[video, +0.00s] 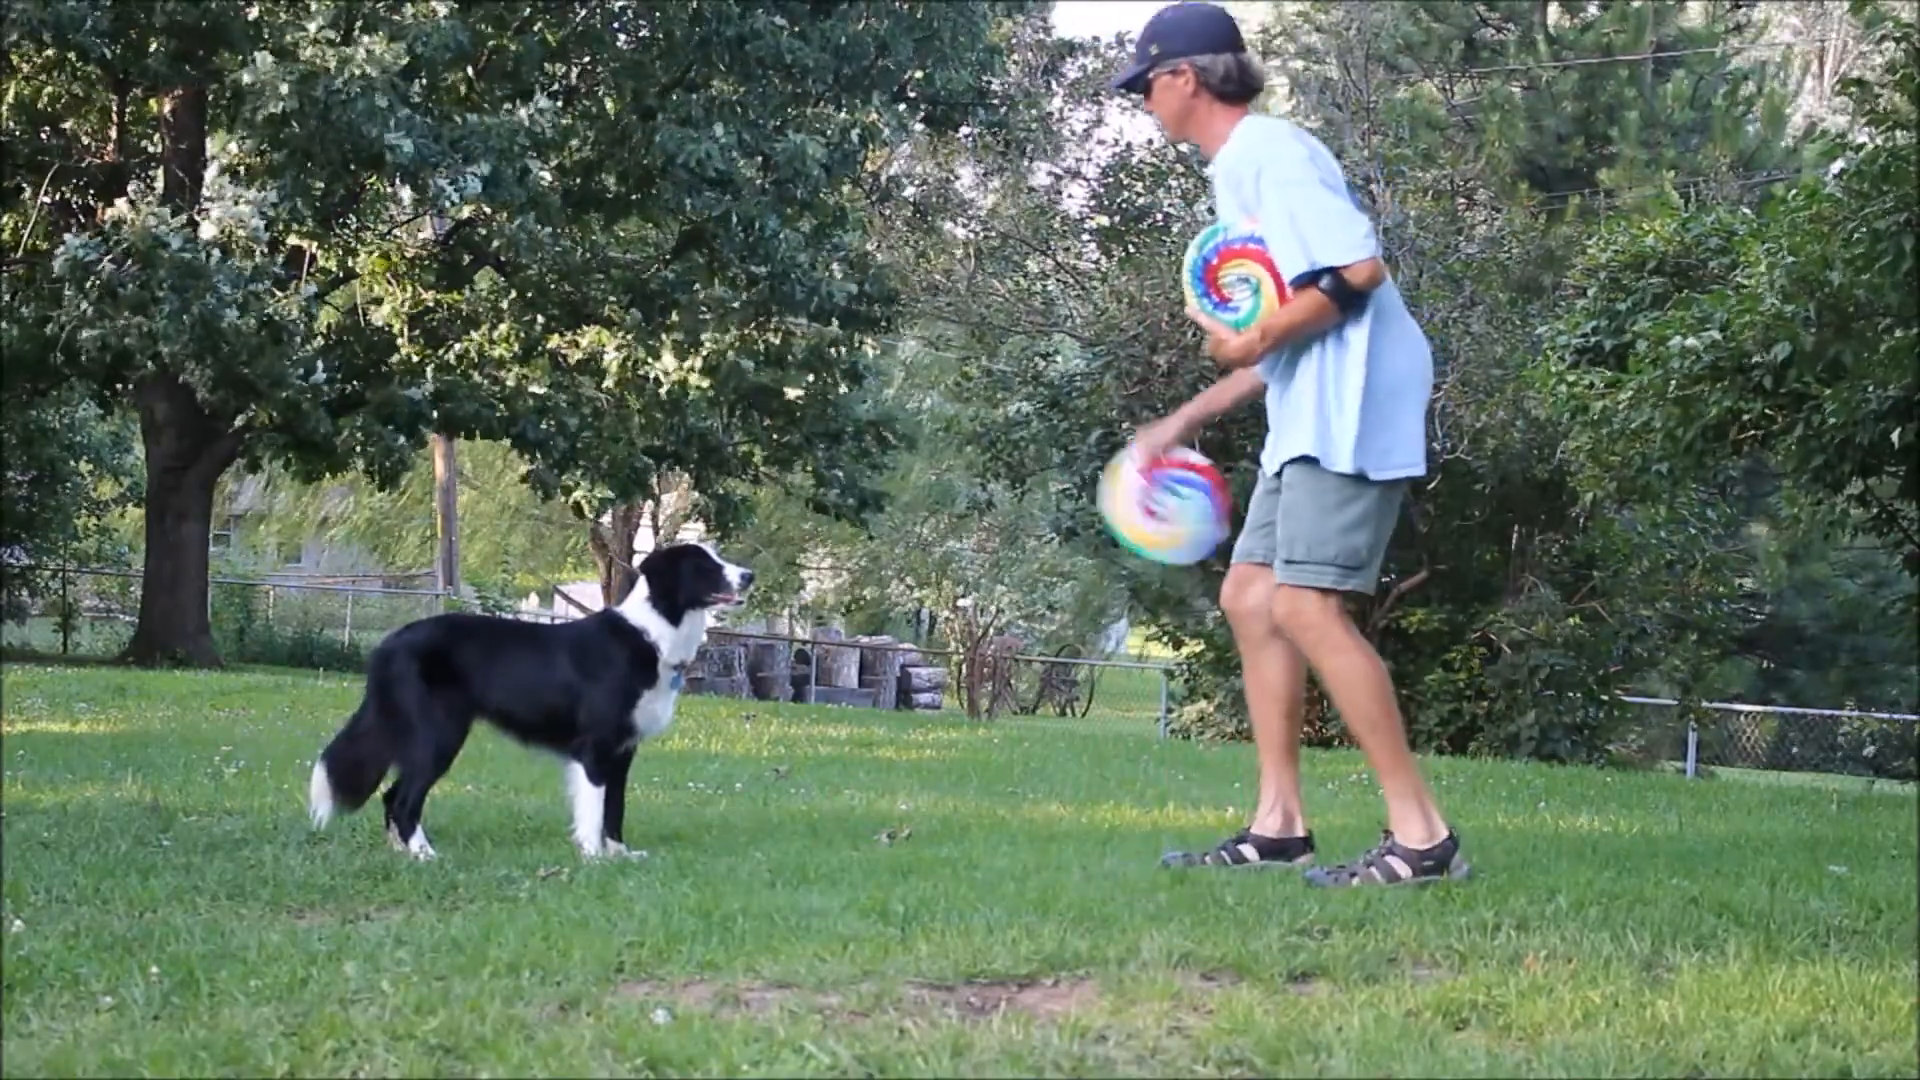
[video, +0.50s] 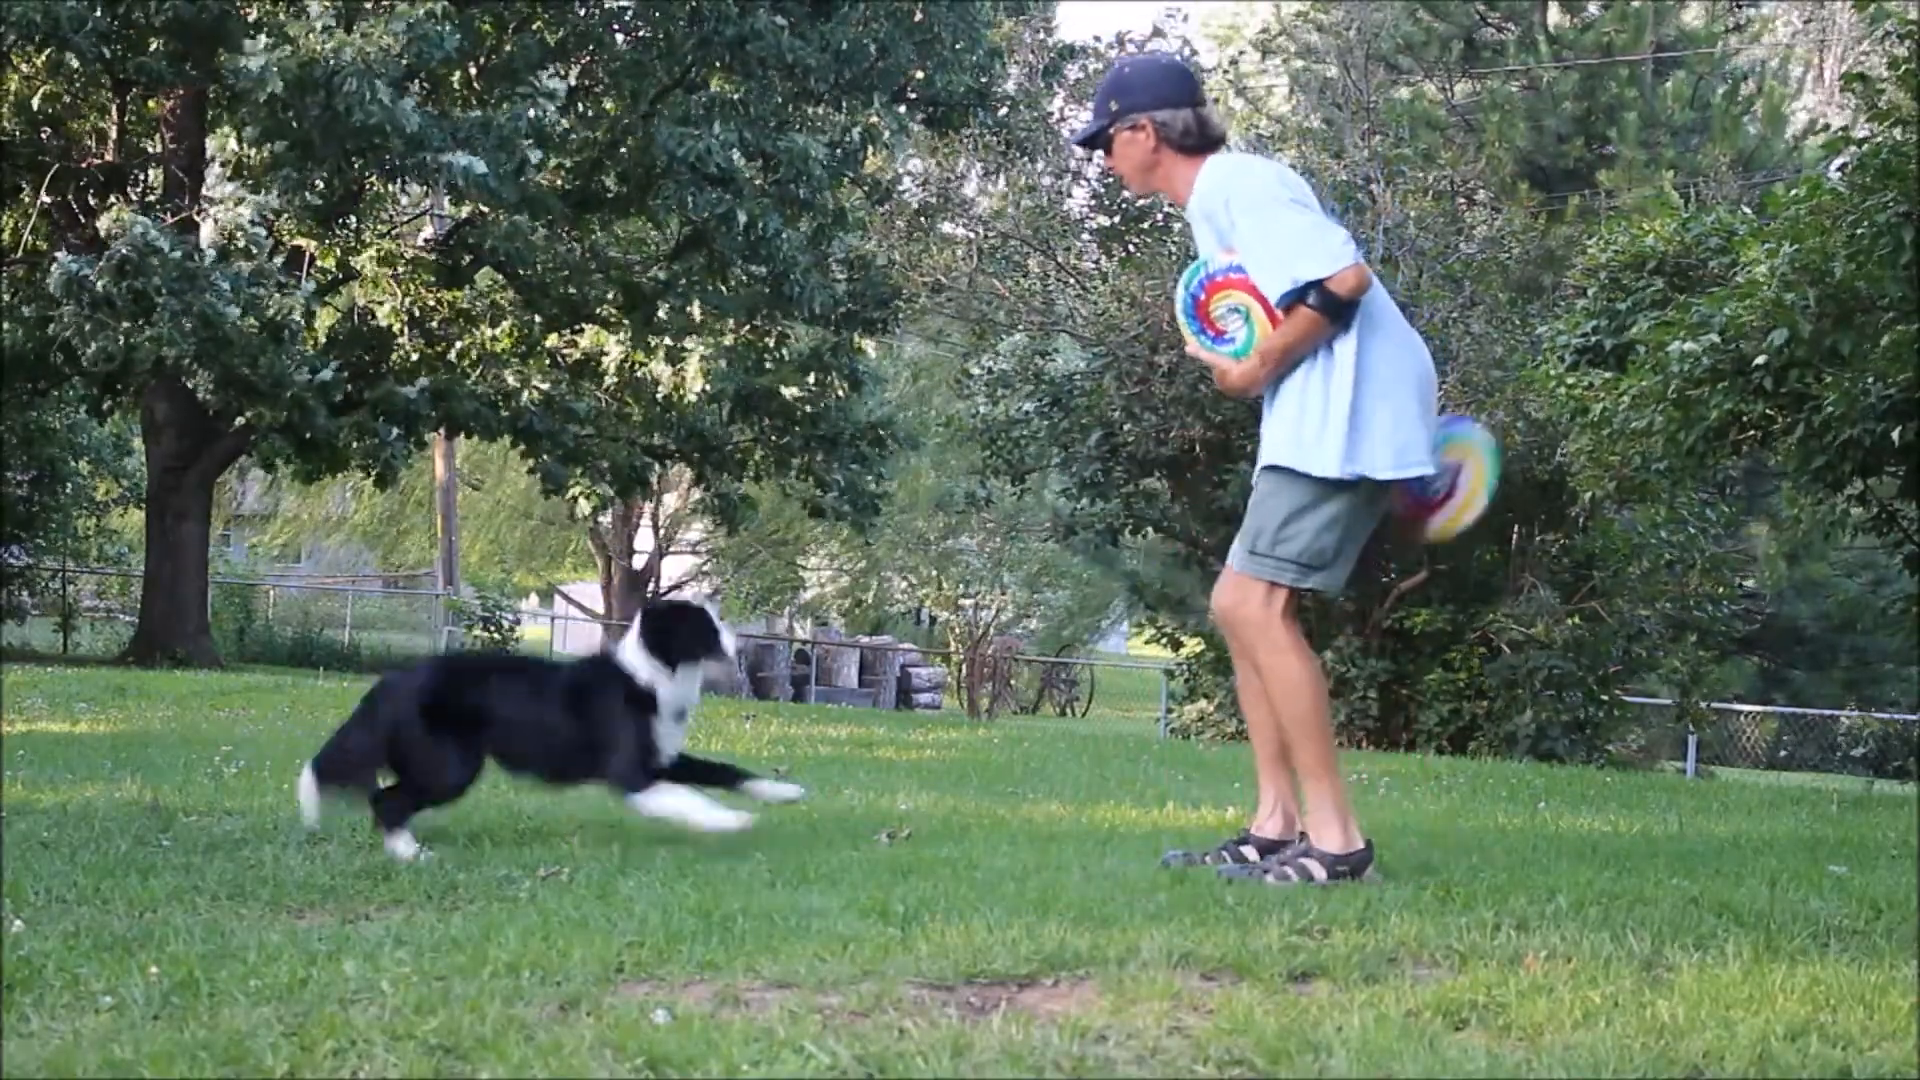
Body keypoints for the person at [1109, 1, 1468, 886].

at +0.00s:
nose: (1144, 105)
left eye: (1148, 87)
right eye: (1142, 90)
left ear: (1186, 77)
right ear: (1190, 79)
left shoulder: (1270, 150)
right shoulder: (1236, 173)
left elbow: (1356, 270)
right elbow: (1275, 345)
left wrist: (1254, 338)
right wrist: (1183, 421)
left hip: (1358, 412)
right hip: (1312, 413)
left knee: (1305, 604)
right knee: (1249, 598)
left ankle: (1421, 836)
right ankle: (1278, 826)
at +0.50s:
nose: (1107, 161)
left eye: (1109, 142)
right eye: (1104, 146)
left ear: (1148, 131)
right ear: (1153, 132)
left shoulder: (1233, 183)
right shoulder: (1216, 201)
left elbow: (1341, 276)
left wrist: (1258, 366)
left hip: (1350, 421)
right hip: (1320, 422)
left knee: (1257, 606)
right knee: (1236, 606)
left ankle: (1334, 841)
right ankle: (1277, 826)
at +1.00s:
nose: (1122, 129)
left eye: (1127, 109)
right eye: (1119, 112)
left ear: (1170, 100)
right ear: (1172, 101)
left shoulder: (1252, 170)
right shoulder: (1230, 185)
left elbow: (1354, 288)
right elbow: (1313, 333)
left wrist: (1252, 363)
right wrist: (1241, 433)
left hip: (1355, 415)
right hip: (1324, 416)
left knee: (1259, 605)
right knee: (1229, 599)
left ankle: (1335, 844)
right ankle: (1285, 830)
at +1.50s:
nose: (1160, 164)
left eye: (1167, 143)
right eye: (1156, 148)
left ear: (1220, 128)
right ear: (1218, 135)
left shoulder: (1310, 198)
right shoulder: (1260, 232)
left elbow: (1415, 315)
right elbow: (1283, 397)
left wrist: (1316, 384)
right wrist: (1156, 425)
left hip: (1382, 443)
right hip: (1351, 444)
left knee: (1243, 604)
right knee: (1299, 623)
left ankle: (1293, 825)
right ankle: (1362, 826)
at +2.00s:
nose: (1289, 109)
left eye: (1292, 90)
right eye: (1287, 92)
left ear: (1328, 86)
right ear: (1354, 85)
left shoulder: (1408, 159)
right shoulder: (1397, 167)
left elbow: (1504, 289)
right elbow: (1460, 321)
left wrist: (1401, 359)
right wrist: (1366, 410)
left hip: (1518, 404)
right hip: (1496, 404)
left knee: (1419, 600)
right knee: (1399, 598)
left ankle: (1472, 849)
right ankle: (1347, 819)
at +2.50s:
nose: (1373, 124)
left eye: (1372, 104)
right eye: (1368, 108)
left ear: (1407, 92)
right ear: (1434, 88)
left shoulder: (1478, 155)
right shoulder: (1521, 148)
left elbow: (1572, 274)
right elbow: (1582, 273)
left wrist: (1483, 348)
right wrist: (1495, 331)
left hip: (1591, 398)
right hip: (1644, 401)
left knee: (1456, 580)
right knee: (1531, 607)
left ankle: (1512, 834)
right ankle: (1591, 842)